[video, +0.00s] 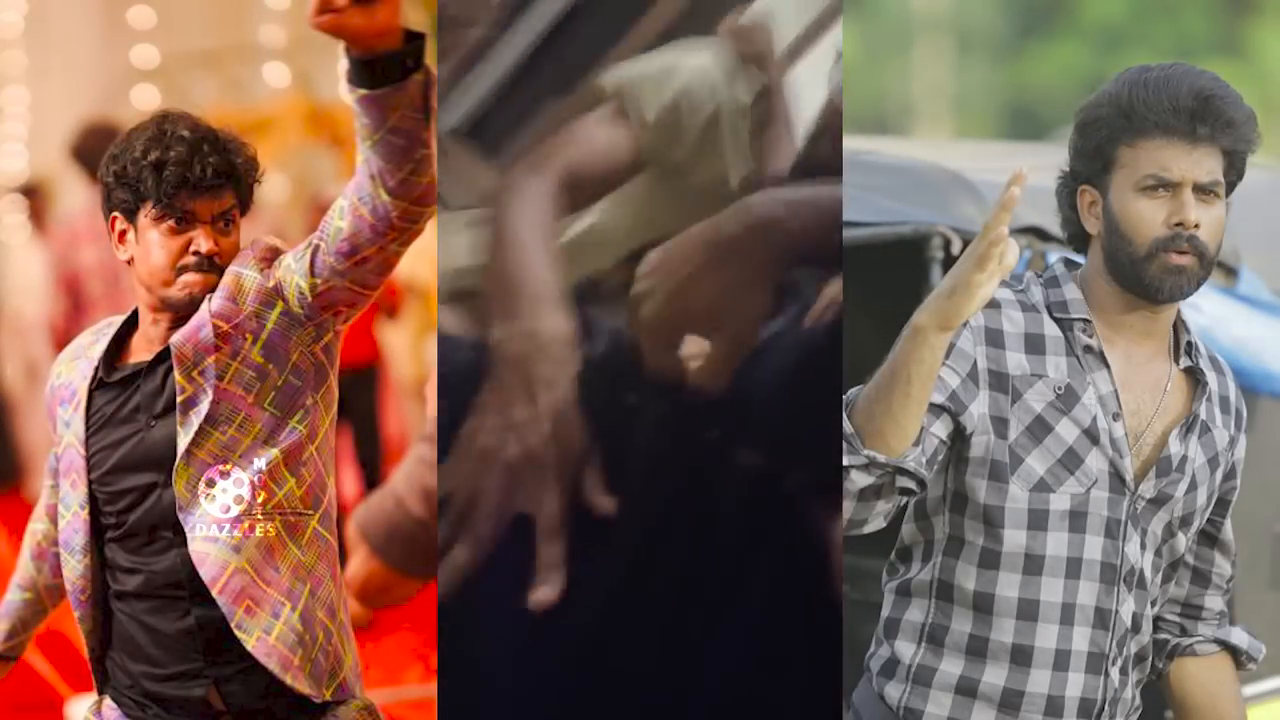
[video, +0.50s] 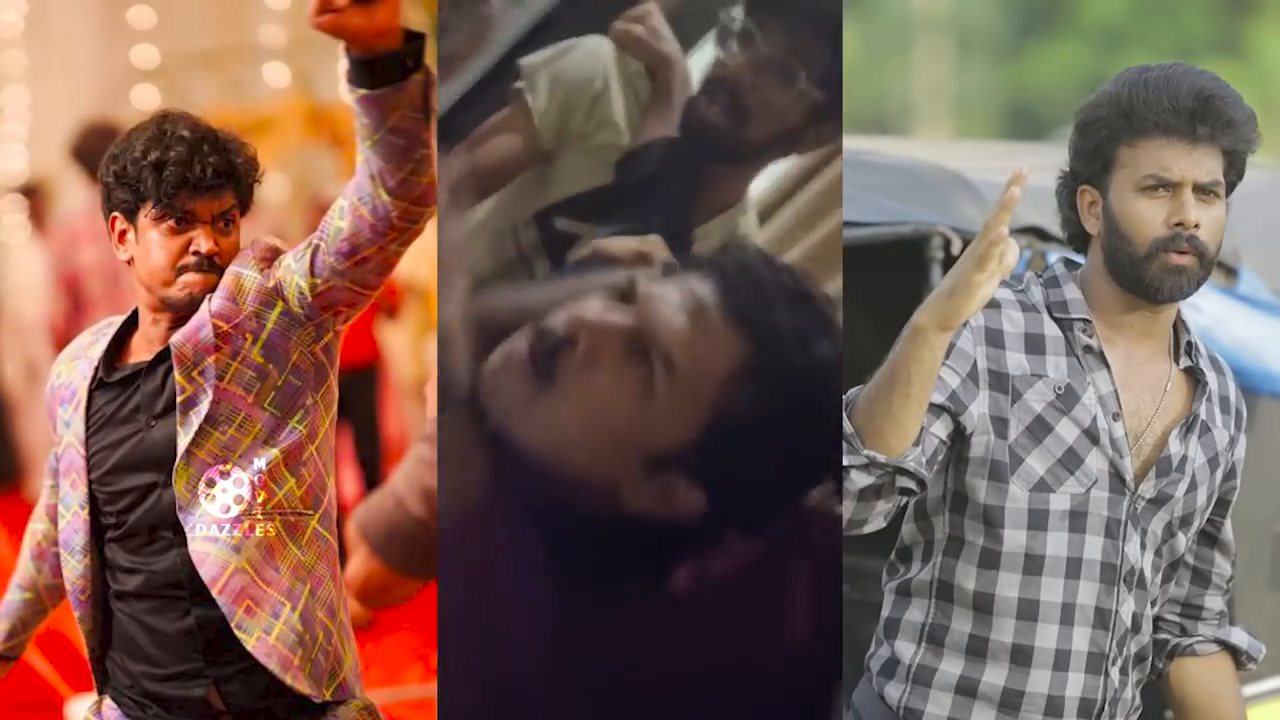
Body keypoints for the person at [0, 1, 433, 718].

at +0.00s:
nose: (206, 245)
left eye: (223, 222)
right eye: (179, 222)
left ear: (243, 230)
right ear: (122, 236)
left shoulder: (287, 312)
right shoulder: (76, 373)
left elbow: (394, 200)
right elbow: (56, 524)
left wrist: (381, 52)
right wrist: (7, 635)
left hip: (290, 700)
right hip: (140, 705)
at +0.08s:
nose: (206, 245)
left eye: (223, 222)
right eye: (179, 222)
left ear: (243, 230)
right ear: (122, 236)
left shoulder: (287, 312)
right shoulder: (76, 373)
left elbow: (393, 201)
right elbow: (56, 524)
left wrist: (381, 52)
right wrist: (7, 635)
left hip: (290, 700)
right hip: (140, 705)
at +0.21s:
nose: (206, 245)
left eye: (223, 222)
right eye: (179, 222)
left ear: (243, 230)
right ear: (122, 236)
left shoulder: (287, 312)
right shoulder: (76, 373)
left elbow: (393, 201)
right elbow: (56, 524)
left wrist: (380, 52)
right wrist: (7, 635)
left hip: (290, 700)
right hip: (140, 705)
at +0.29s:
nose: (206, 245)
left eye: (223, 222)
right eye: (179, 222)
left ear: (243, 230)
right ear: (122, 236)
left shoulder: (287, 312)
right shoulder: (76, 373)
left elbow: (394, 200)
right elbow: (56, 524)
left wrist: (380, 52)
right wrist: (7, 635)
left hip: (291, 700)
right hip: (140, 705)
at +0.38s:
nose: (206, 245)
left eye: (223, 222)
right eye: (179, 222)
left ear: (242, 230)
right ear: (123, 236)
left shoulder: (286, 313)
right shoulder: (76, 373)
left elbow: (393, 200)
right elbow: (56, 524)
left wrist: (380, 52)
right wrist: (8, 634)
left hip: (290, 700)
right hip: (140, 705)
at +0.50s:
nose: (206, 245)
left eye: (223, 222)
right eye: (179, 222)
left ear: (243, 229)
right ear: (123, 237)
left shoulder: (286, 312)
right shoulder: (75, 374)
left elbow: (393, 200)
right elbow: (56, 524)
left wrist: (380, 52)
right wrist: (7, 635)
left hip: (292, 702)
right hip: (140, 708)